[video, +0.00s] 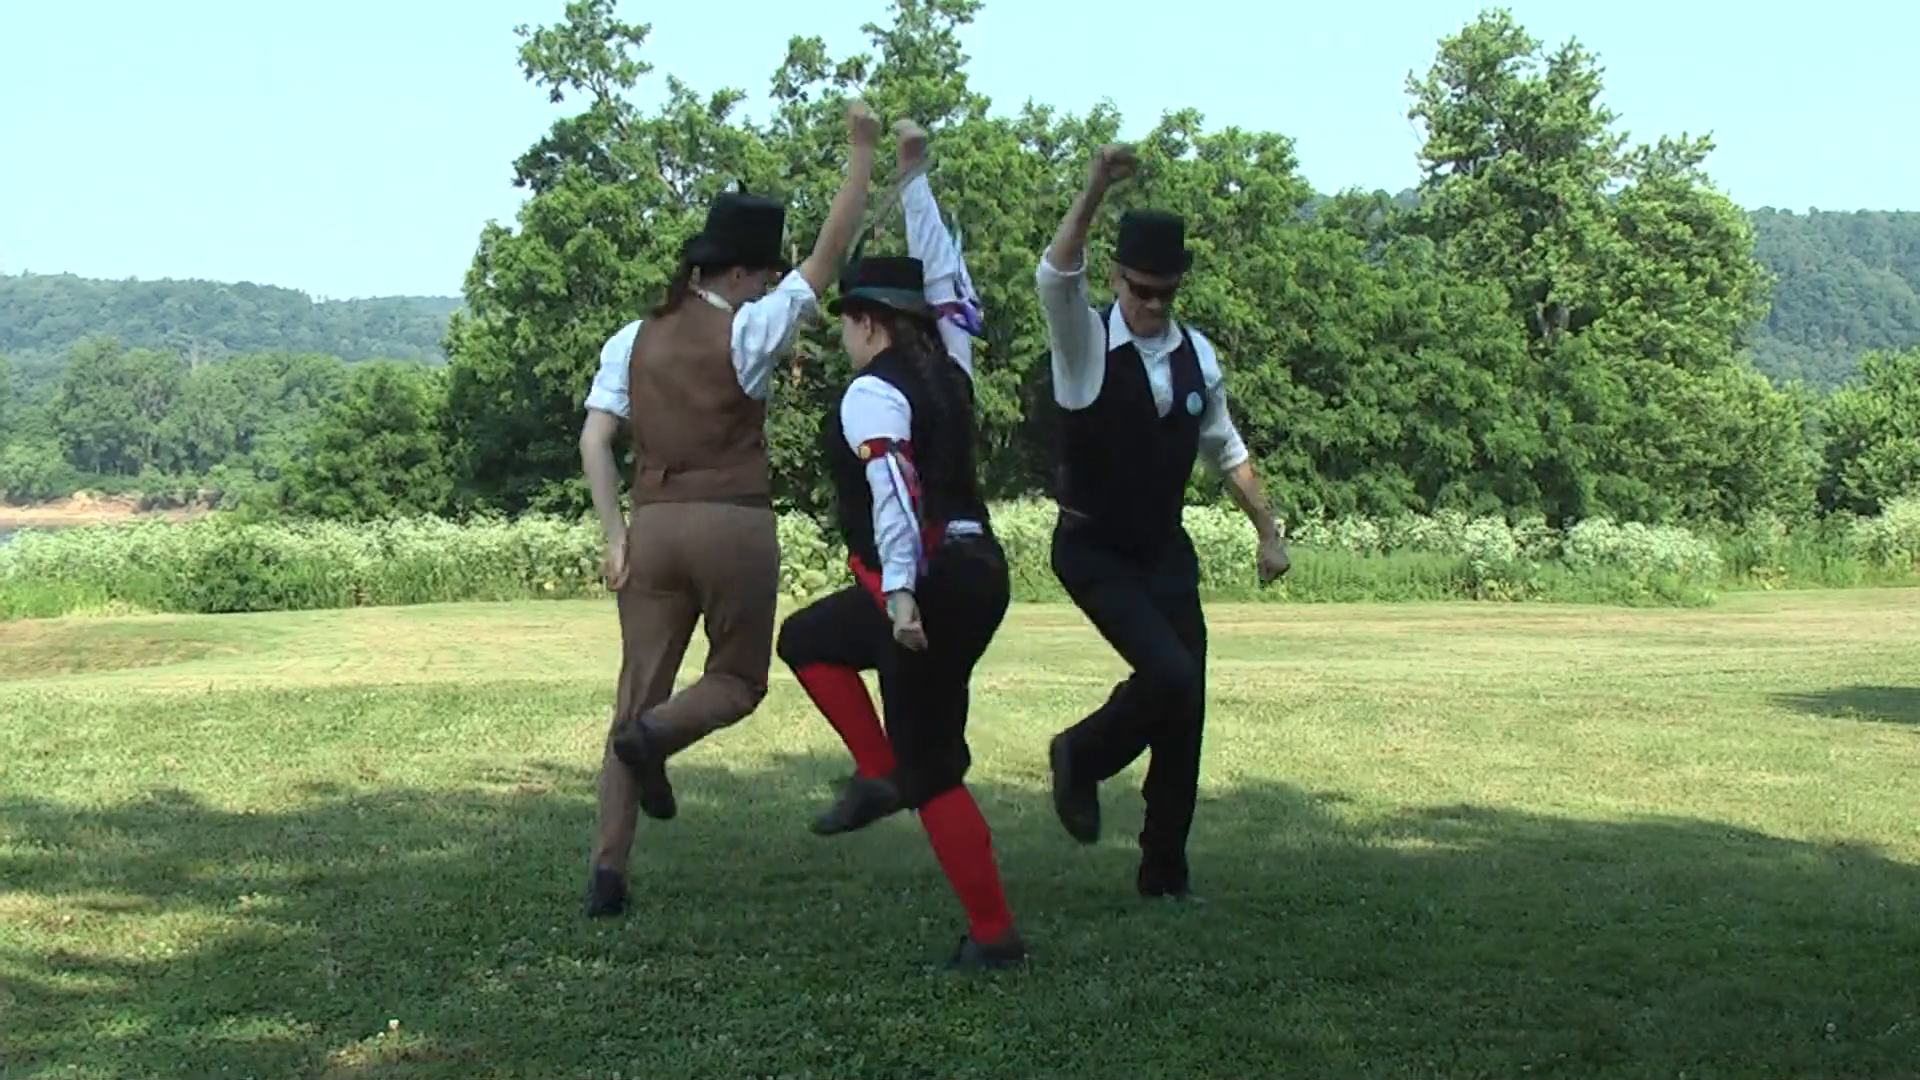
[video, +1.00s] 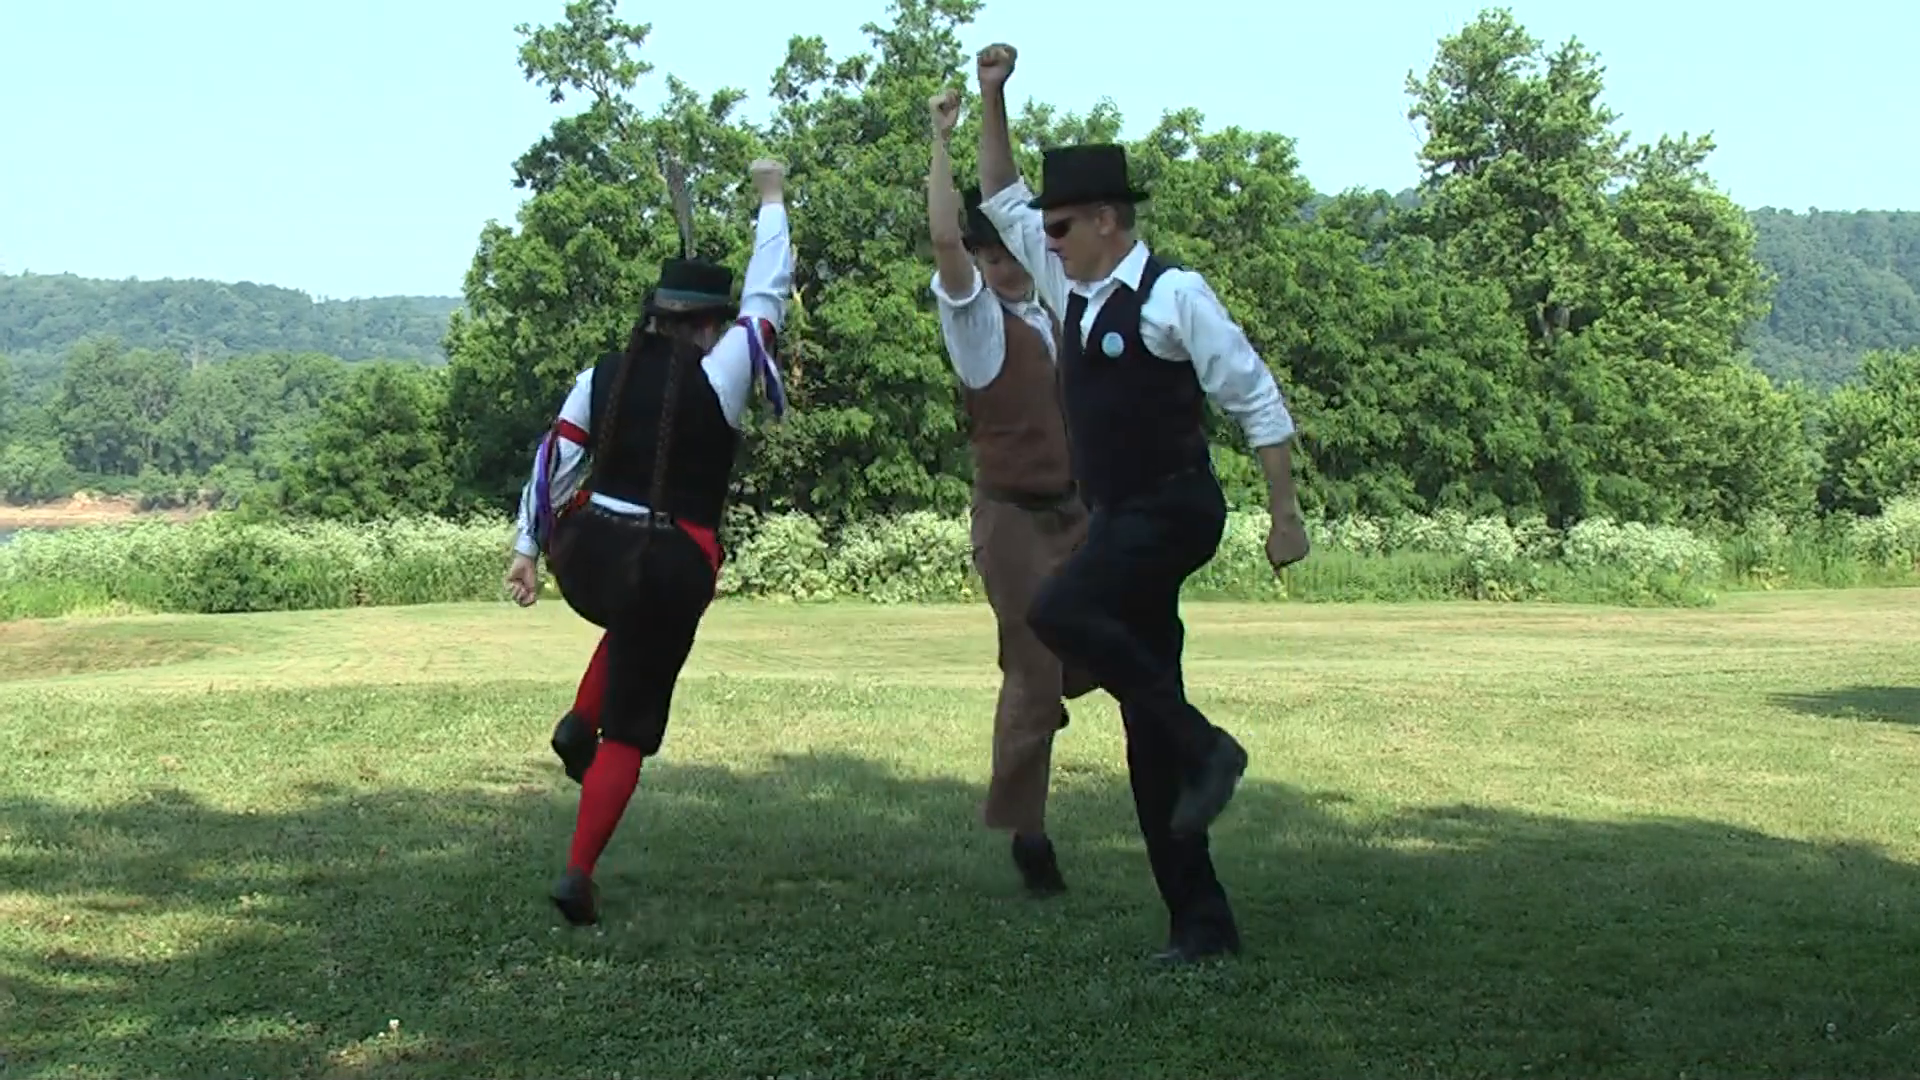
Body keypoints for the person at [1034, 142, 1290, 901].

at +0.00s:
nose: (1152, 307)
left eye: (1164, 294)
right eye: (1140, 292)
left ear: (1180, 286)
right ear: (1114, 280)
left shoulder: (1197, 356)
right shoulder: (1085, 341)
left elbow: (1224, 445)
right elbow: (1057, 276)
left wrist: (1267, 522)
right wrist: (1093, 189)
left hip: (1165, 547)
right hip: (1092, 547)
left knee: (1184, 697)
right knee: (1171, 676)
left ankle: (1164, 866)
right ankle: (1077, 757)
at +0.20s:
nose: (1181, 260)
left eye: (1194, 247)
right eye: (1169, 245)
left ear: (1216, 235)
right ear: (1148, 229)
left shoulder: (1249, 313)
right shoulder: (1114, 284)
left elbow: (1270, 415)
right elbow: (1069, 199)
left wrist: (1285, 509)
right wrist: (1093, 102)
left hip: (1212, 502)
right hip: (1131, 493)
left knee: (1228, 675)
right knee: (1186, 565)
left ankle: (1225, 853)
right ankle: (1207, 730)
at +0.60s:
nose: (1157, 300)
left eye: (1171, 286)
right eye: (1148, 288)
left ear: (1211, 275)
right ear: (1139, 282)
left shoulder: (1272, 354)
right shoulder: (1132, 335)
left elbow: (1318, 460)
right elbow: (1073, 243)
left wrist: (1333, 561)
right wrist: (1094, 140)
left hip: (1257, 571)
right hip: (1170, 568)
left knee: (1277, 743)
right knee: (1155, 676)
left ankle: (1295, 880)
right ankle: (1214, 868)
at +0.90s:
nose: (1075, 277)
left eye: (1087, 261)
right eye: (1074, 262)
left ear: (1135, 262)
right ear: (1090, 271)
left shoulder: (1202, 337)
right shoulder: (1082, 326)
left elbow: (1276, 437)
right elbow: (1015, 243)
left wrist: (1303, 555)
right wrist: (1004, 137)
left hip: (1201, 557)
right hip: (1124, 564)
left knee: (1152, 698)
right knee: (1144, 743)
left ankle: (1273, 782)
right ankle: (1199, 924)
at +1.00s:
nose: (1053, 242)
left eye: (1065, 225)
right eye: (1051, 228)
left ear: (1111, 221)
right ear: (1068, 229)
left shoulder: (1179, 296)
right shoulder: (1069, 293)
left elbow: (1256, 395)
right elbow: (1011, 207)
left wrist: (1284, 506)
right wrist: (993, 101)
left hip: (1173, 511)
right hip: (1115, 521)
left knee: (1058, 608)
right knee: (1153, 729)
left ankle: (1203, 750)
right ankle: (1200, 920)